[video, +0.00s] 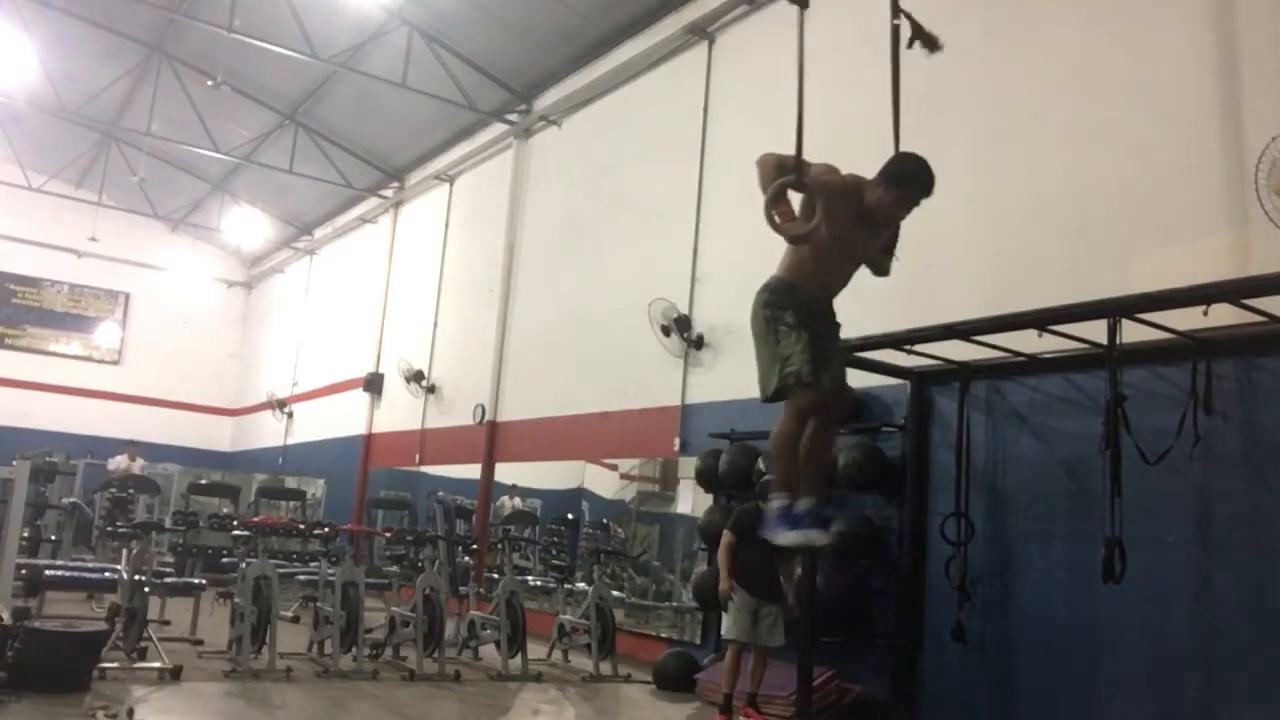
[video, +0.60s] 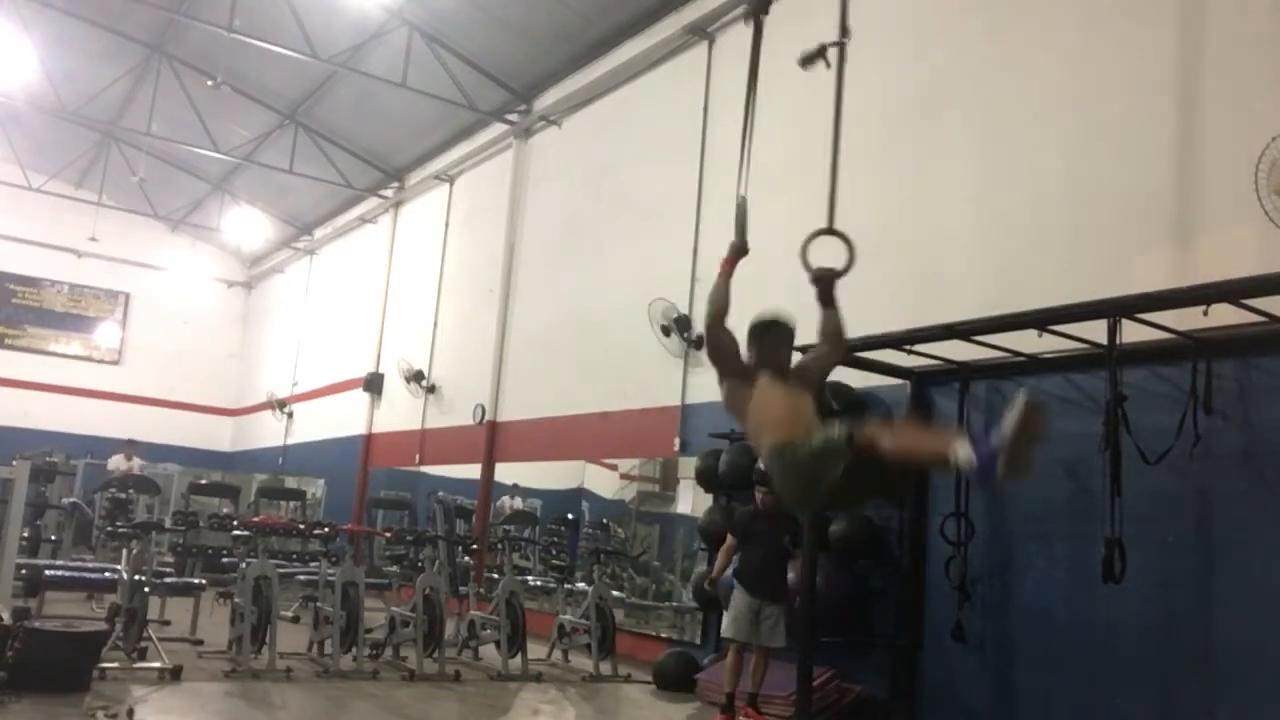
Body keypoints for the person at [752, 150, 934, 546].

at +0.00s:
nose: (899, 216)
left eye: (906, 210)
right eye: (898, 205)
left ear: (908, 204)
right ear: (882, 185)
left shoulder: (886, 224)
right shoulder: (835, 184)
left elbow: (881, 268)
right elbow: (770, 163)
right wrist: (780, 209)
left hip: (820, 311)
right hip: (782, 302)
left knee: (831, 408)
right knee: (802, 399)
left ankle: (808, 510)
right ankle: (778, 510)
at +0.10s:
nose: (894, 203)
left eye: (900, 197)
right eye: (891, 193)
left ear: (900, 193)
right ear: (871, 178)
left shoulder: (885, 218)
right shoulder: (824, 186)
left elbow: (886, 271)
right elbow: (757, 171)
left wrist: (890, 258)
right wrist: (774, 221)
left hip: (817, 310)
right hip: (779, 302)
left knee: (849, 384)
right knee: (823, 378)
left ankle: (848, 492)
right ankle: (817, 494)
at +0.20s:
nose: (873, 189)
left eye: (880, 182)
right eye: (869, 178)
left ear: (883, 182)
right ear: (850, 168)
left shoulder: (868, 216)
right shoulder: (805, 188)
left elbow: (903, 264)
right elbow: (735, 189)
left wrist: (898, 245)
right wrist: (762, 218)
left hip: (818, 314)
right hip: (779, 311)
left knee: (871, 360)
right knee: (837, 359)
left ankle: (885, 464)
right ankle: (858, 472)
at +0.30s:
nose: (849, 204)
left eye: (855, 197)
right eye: (844, 193)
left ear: (859, 196)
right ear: (823, 183)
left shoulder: (846, 234)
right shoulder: (783, 214)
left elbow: (852, 275)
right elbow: (721, 241)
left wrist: (898, 267)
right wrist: (738, 231)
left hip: (821, 329)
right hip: (782, 329)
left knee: (893, 346)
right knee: (854, 349)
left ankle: (924, 437)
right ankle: (895, 451)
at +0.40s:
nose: (818, 243)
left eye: (826, 236)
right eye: (812, 232)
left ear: (832, 240)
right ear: (795, 229)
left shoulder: (826, 280)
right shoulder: (762, 264)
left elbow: (848, 323)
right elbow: (709, 298)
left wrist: (875, 283)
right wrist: (738, 252)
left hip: (831, 366)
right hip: (788, 370)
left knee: (902, 347)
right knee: (867, 359)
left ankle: (956, 423)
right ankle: (929, 439)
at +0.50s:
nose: (793, 297)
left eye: (799, 291)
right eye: (784, 288)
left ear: (805, 295)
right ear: (766, 290)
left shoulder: (811, 337)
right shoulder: (749, 326)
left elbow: (853, 346)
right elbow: (702, 315)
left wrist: (850, 296)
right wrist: (726, 260)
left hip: (830, 411)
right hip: (791, 416)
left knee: (898, 377)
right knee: (872, 388)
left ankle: (977, 414)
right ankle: (953, 435)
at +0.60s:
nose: (777, 354)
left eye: (782, 346)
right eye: (768, 346)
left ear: (791, 349)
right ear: (751, 349)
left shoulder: (802, 377)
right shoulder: (739, 381)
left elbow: (834, 348)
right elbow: (714, 325)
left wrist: (826, 296)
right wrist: (728, 265)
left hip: (829, 467)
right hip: (790, 470)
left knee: (897, 440)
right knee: (869, 436)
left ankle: (987, 453)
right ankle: (972, 453)